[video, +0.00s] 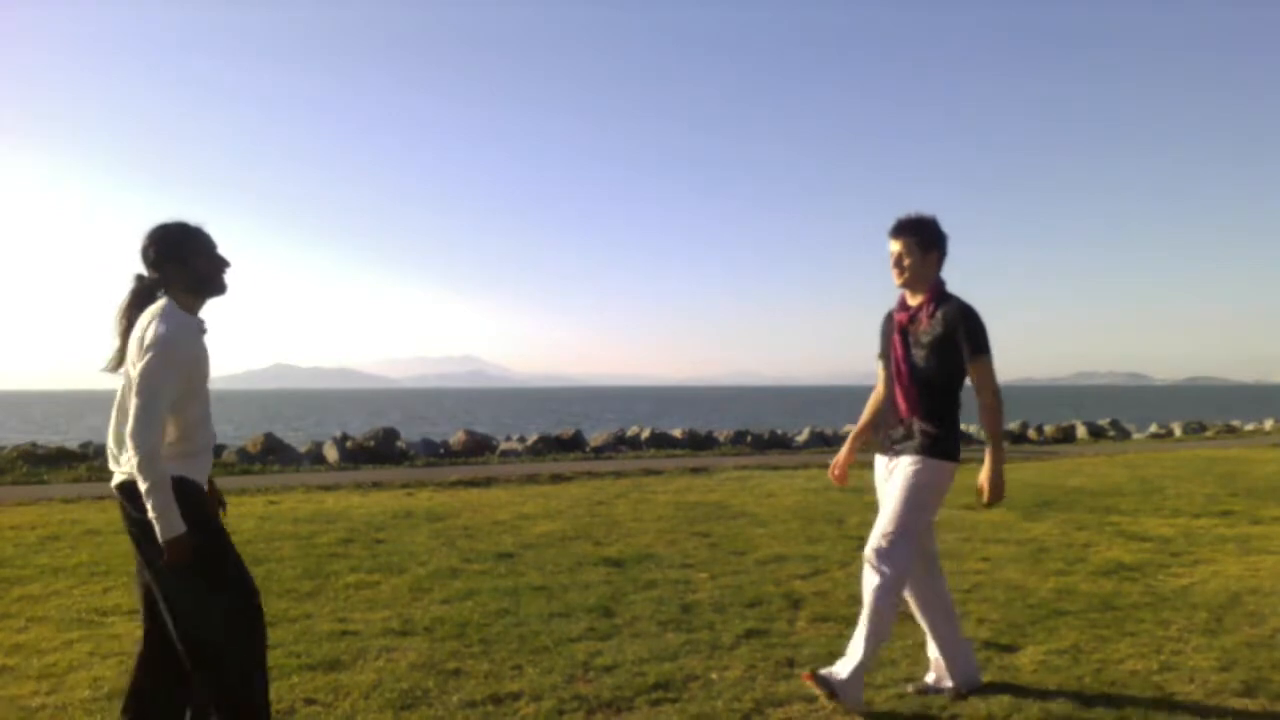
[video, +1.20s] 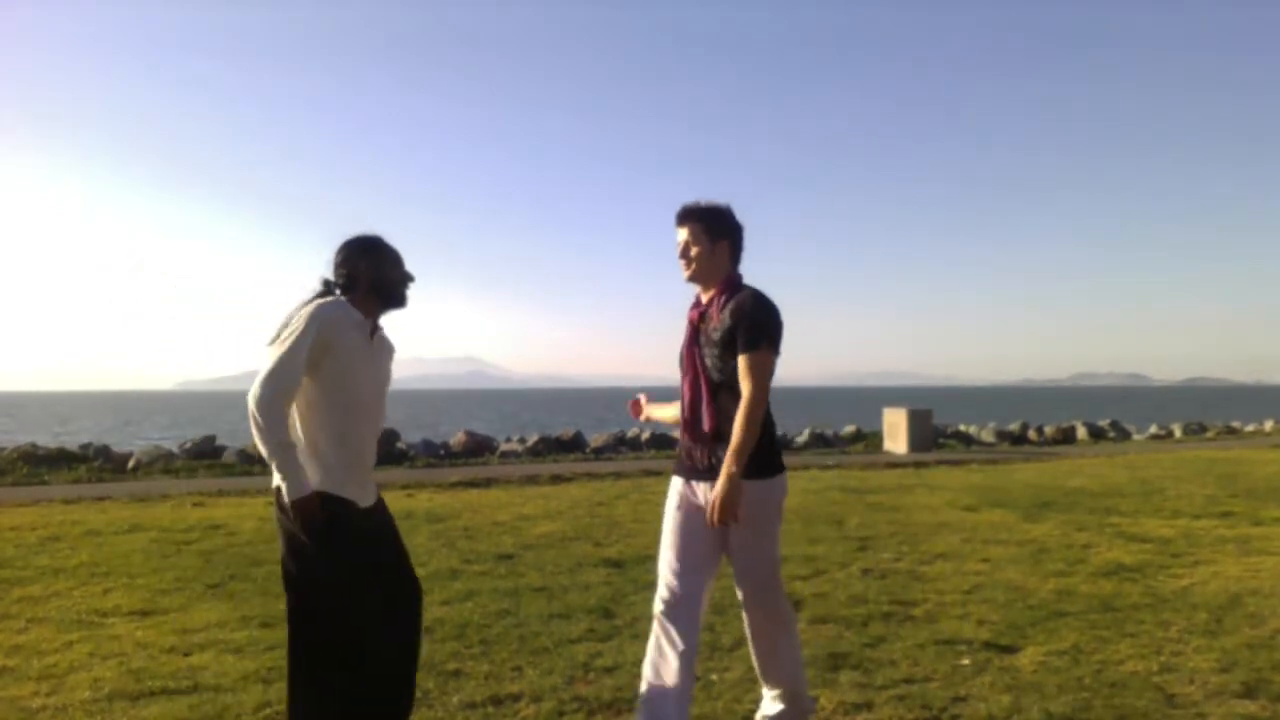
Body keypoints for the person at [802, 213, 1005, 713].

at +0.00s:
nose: (896, 265)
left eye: (905, 257)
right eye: (892, 258)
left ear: (934, 257)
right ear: (891, 261)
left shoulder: (958, 316)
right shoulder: (893, 320)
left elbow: (987, 391)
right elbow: (884, 389)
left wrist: (994, 460)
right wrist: (853, 440)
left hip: (929, 455)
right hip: (890, 453)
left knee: (883, 554)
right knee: (917, 565)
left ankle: (849, 677)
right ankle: (954, 669)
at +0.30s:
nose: (828, 262)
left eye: (839, 255)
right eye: (826, 254)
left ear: (869, 258)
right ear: (827, 259)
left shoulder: (889, 319)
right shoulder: (829, 320)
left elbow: (918, 399)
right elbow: (826, 397)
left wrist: (921, 473)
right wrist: (801, 456)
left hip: (864, 465)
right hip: (834, 462)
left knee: (824, 576)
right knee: (873, 570)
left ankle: (806, 698)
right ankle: (940, 654)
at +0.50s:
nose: (780, 258)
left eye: (788, 249)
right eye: (777, 250)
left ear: (821, 249)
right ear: (783, 253)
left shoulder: (843, 309)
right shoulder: (796, 309)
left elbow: (866, 391)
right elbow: (802, 397)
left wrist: (843, 466)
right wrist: (777, 458)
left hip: (824, 461)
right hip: (793, 459)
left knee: (803, 579)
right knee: (790, 570)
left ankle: (800, 697)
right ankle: (868, 641)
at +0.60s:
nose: (766, 255)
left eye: (775, 246)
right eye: (763, 247)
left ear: (807, 246)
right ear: (771, 251)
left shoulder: (827, 304)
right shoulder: (785, 305)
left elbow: (835, 389)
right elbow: (792, 382)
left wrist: (803, 458)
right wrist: (779, 446)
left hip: (812, 462)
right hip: (776, 456)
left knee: (796, 582)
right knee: (758, 565)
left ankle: (800, 699)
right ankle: (790, 664)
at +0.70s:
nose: (755, 257)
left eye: (763, 247)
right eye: (752, 249)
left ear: (797, 246)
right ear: (758, 251)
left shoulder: (814, 304)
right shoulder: (776, 305)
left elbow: (811, 383)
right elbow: (783, 383)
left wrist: (765, 448)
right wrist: (768, 445)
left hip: (802, 461)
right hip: (768, 457)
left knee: (788, 585)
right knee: (727, 567)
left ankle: (802, 699)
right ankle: (721, 686)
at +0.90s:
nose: (733, 256)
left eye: (742, 247)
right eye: (730, 248)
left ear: (775, 246)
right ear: (737, 251)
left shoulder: (793, 304)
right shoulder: (753, 305)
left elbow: (780, 381)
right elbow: (755, 385)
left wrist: (720, 439)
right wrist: (733, 442)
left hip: (781, 468)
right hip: (736, 461)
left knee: (779, 591)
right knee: (684, 574)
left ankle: (798, 702)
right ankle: (635, 691)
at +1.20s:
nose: (682, 255)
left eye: (691, 245)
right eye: (680, 247)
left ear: (725, 248)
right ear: (686, 252)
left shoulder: (751, 308)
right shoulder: (698, 314)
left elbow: (754, 397)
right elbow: (702, 402)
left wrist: (730, 475)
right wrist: (655, 409)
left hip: (746, 478)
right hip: (693, 477)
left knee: (761, 599)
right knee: (673, 603)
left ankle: (786, 704)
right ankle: (659, 710)